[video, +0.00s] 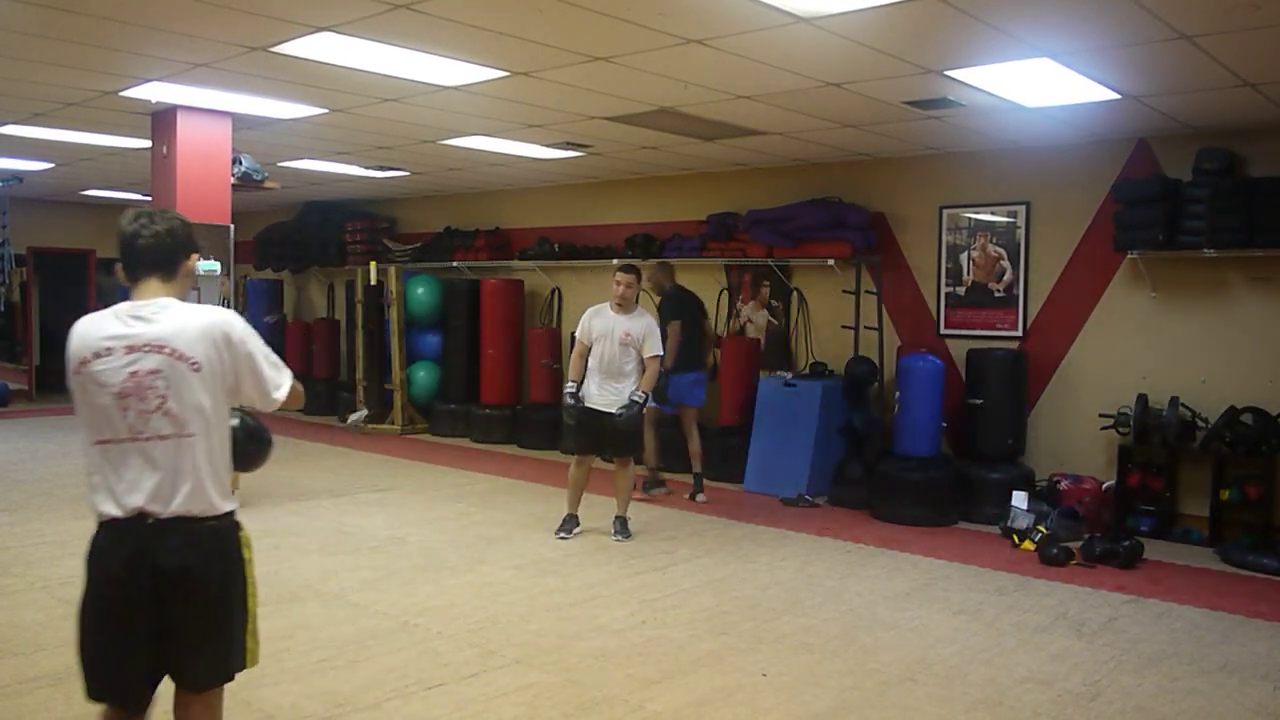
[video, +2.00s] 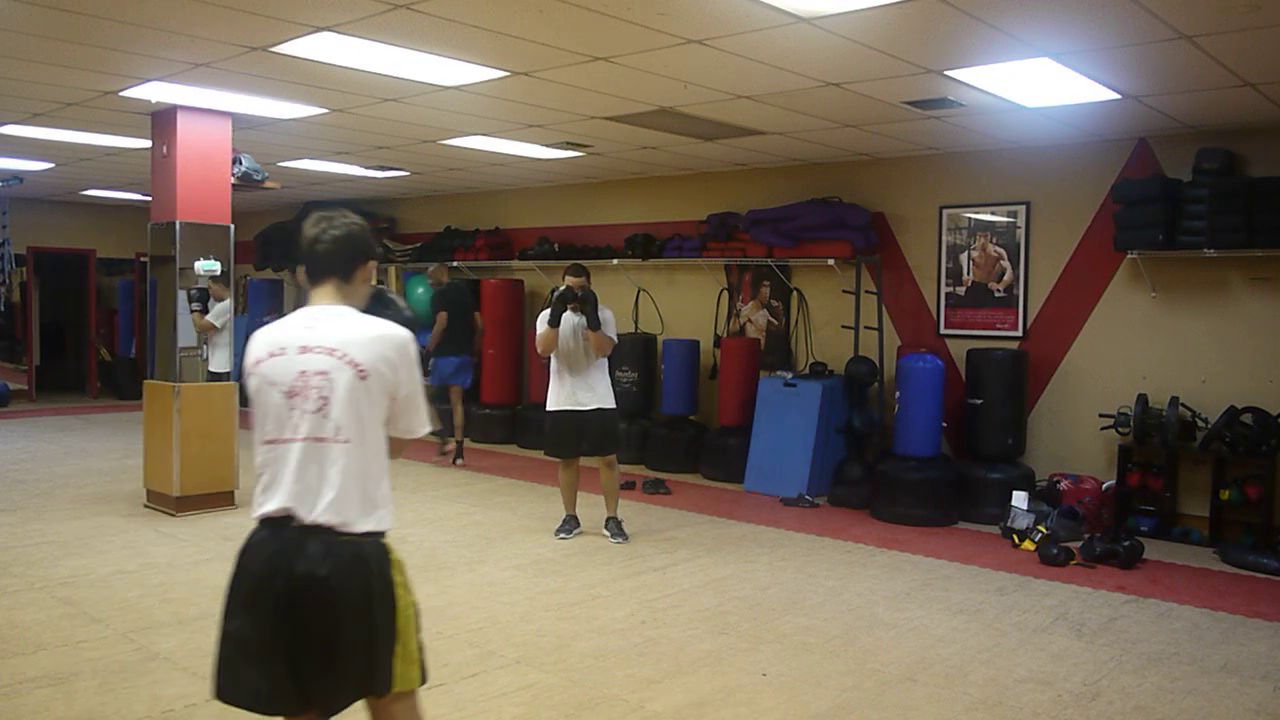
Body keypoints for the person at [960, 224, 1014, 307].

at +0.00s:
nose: (982, 241)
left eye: (986, 237)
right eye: (979, 236)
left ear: (990, 237)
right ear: (976, 237)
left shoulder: (999, 253)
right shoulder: (971, 252)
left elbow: (1009, 272)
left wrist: (1000, 286)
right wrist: (967, 278)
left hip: (989, 287)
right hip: (974, 286)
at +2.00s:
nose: (982, 241)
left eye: (985, 237)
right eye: (979, 237)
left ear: (990, 237)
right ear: (976, 237)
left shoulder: (999, 252)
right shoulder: (971, 252)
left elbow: (1009, 272)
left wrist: (1000, 286)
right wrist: (965, 278)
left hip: (990, 288)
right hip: (975, 287)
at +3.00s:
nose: (982, 240)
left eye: (985, 237)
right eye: (979, 237)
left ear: (990, 237)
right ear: (975, 237)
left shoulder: (998, 252)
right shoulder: (971, 252)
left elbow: (1009, 272)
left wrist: (1000, 286)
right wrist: (965, 279)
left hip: (990, 288)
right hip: (974, 287)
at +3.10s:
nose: (982, 240)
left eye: (985, 237)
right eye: (979, 236)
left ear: (990, 237)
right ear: (976, 237)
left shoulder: (998, 253)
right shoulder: (971, 252)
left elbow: (1009, 272)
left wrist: (1000, 286)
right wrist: (965, 278)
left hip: (991, 288)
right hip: (975, 287)